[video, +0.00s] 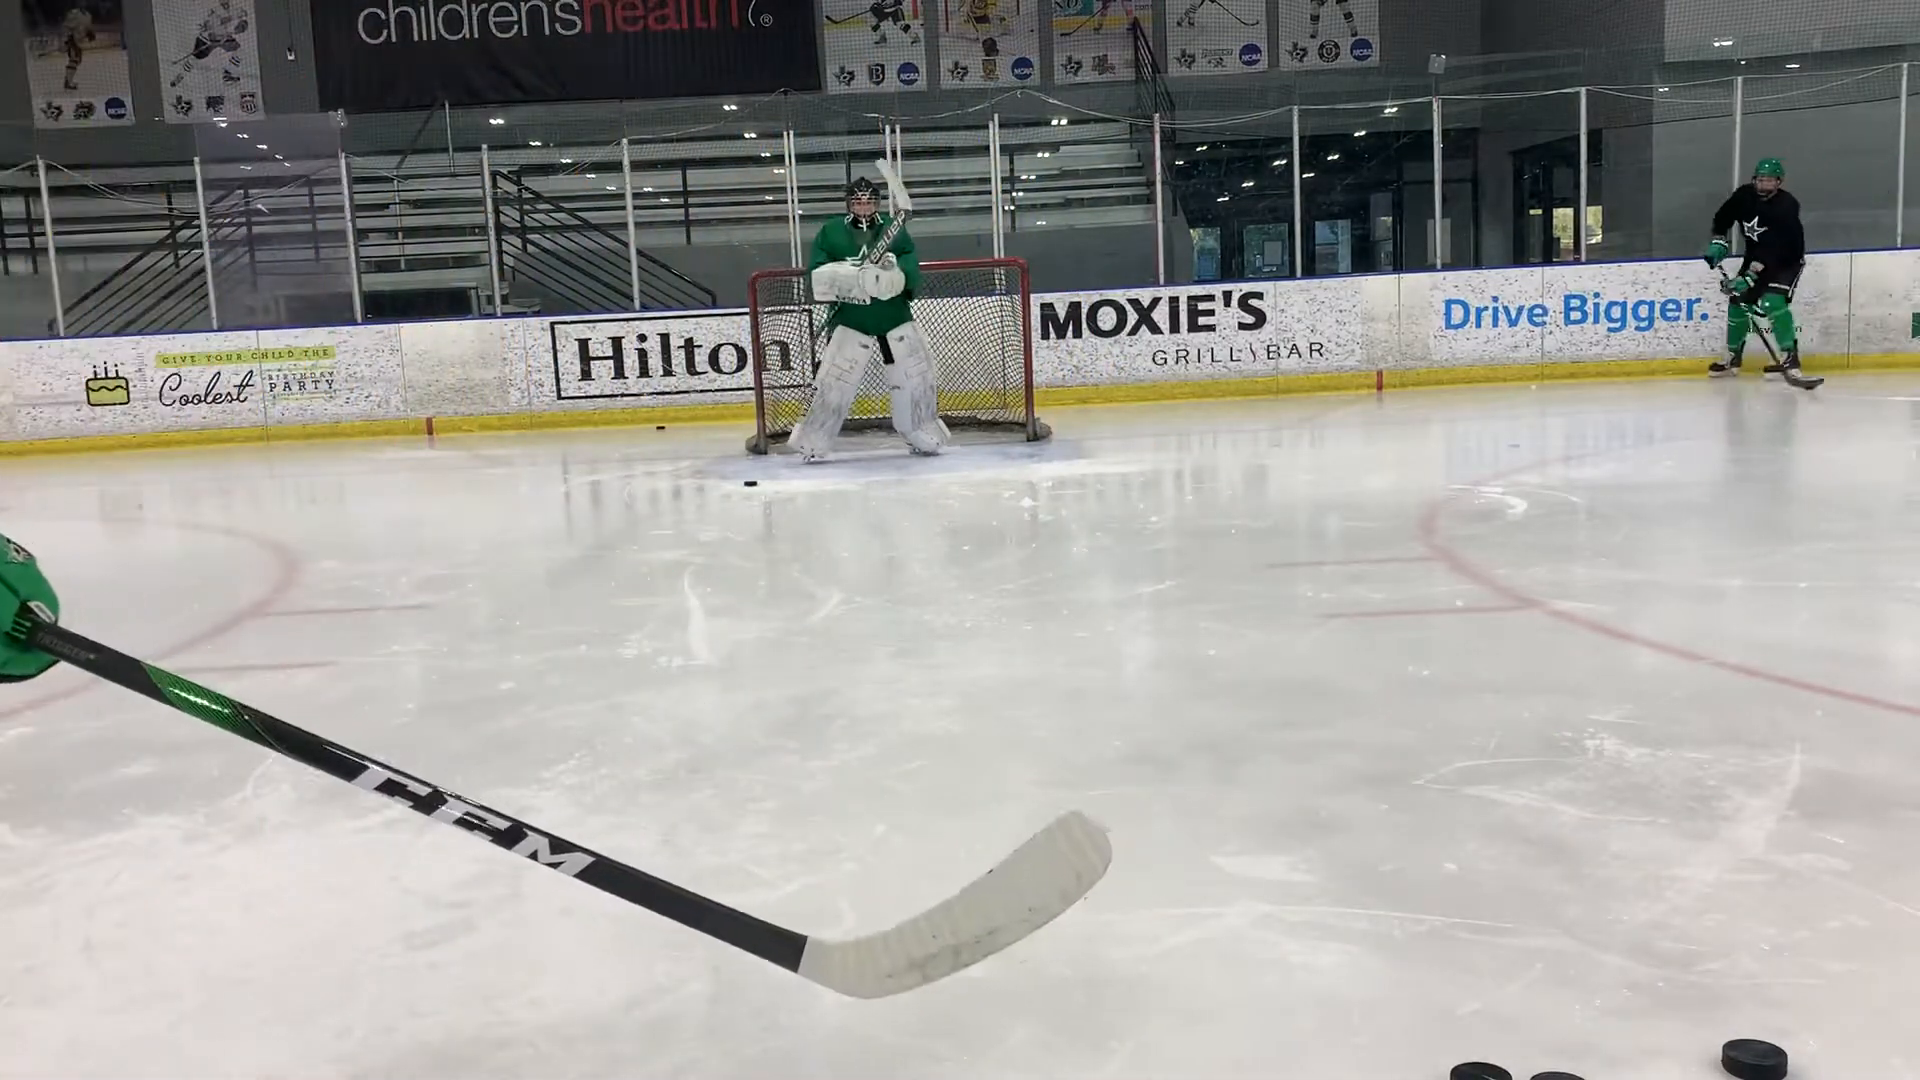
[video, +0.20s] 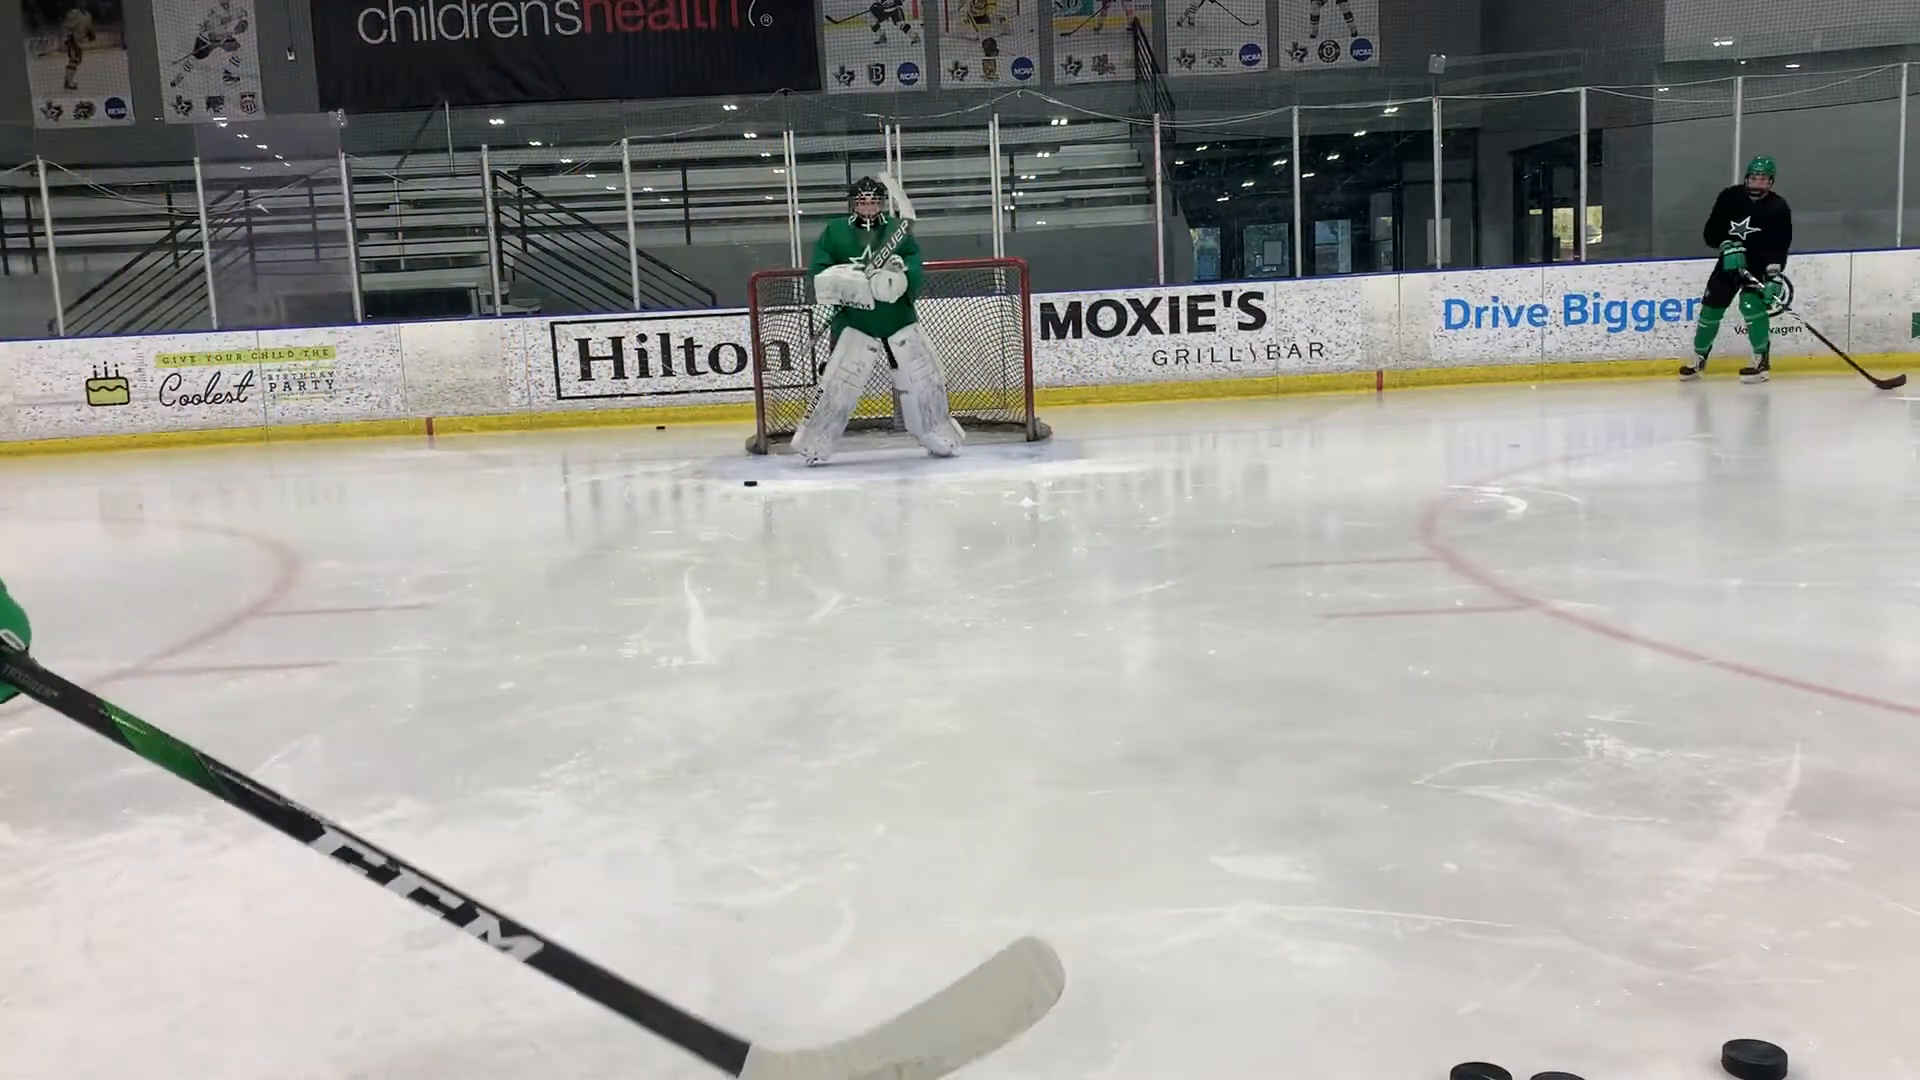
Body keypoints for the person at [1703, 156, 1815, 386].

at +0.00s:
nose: (1766, 185)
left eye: (1771, 180)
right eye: (1762, 179)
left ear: (1779, 182)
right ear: (1755, 180)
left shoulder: (1786, 205)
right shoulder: (1744, 195)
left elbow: (1777, 247)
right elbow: (1723, 217)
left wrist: (1750, 277)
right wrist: (1718, 242)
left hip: (1786, 262)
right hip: (1756, 259)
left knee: (1771, 302)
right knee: (1738, 303)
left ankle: (1790, 356)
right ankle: (1734, 357)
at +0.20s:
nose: (1757, 183)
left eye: (1763, 178)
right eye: (1754, 178)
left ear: (1770, 182)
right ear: (1747, 178)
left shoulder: (1778, 208)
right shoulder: (1730, 197)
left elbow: (1781, 245)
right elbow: (1711, 231)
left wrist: (1774, 274)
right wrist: (1726, 247)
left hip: (1760, 266)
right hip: (1731, 261)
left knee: (1750, 304)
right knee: (1711, 306)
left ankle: (1760, 359)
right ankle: (1699, 359)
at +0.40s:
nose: (1763, 182)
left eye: (1769, 177)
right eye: (1759, 176)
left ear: (1777, 181)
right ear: (1752, 178)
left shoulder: (1785, 210)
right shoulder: (1732, 198)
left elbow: (1790, 244)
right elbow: (1718, 235)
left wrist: (1792, 271)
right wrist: (1739, 248)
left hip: (1757, 266)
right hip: (1724, 260)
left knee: (1747, 308)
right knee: (1702, 308)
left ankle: (1744, 359)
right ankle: (1680, 355)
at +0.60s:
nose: (1783, 170)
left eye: (1790, 167)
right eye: (1780, 164)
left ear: (1797, 173)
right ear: (1773, 166)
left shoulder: (1799, 205)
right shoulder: (1747, 187)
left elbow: (1800, 241)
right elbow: (1718, 219)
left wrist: (1796, 267)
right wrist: (1725, 244)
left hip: (1764, 263)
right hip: (1731, 254)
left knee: (1753, 311)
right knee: (1708, 306)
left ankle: (1742, 359)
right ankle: (1689, 354)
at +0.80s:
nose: (1805, 157)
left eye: (1812, 154)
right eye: (1801, 151)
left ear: (1818, 161)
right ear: (1793, 153)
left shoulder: (1817, 197)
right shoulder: (1762, 174)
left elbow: (1814, 238)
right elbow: (1727, 202)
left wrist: (1814, 268)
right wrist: (1722, 229)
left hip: (1776, 257)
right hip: (1741, 249)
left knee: (1766, 309)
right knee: (1727, 304)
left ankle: (1754, 360)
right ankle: (1716, 355)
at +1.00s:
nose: (1822, 149)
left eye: (1828, 145)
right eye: (1818, 143)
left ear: (1834, 151)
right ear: (1807, 145)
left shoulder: (1836, 188)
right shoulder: (1777, 168)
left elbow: (1831, 229)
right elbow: (1746, 196)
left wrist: (1821, 260)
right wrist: (1734, 219)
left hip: (1799, 259)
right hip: (1762, 251)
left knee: (1787, 312)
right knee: (1753, 306)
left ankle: (1772, 362)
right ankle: (1746, 361)